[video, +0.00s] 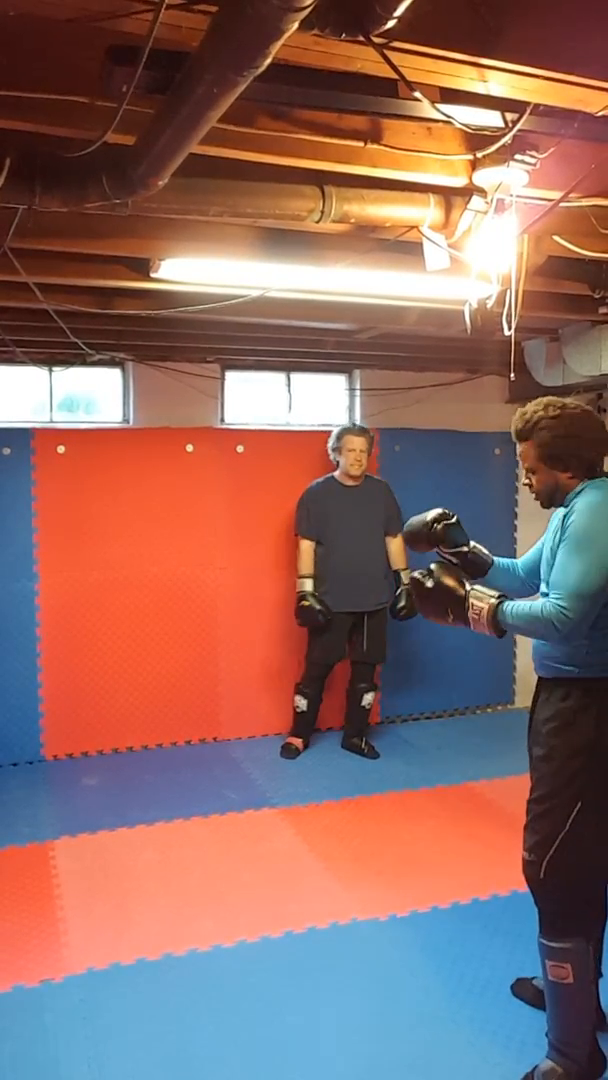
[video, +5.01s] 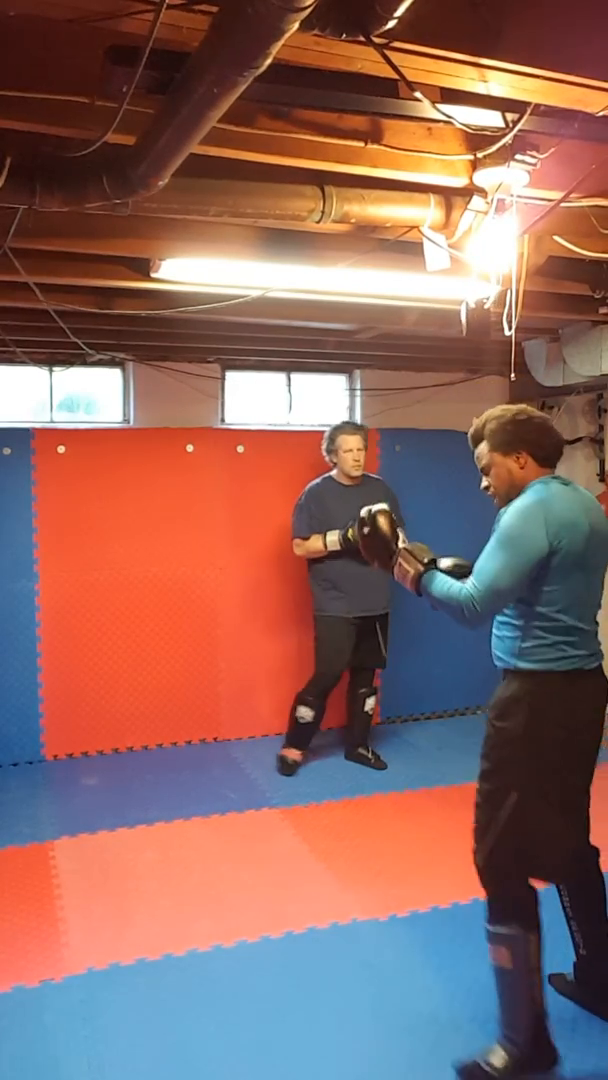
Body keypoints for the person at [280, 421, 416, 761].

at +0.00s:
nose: (358, 457)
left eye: (363, 452)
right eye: (351, 451)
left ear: (370, 455)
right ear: (336, 454)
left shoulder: (381, 491)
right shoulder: (316, 495)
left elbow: (394, 539)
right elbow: (307, 545)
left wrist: (404, 583)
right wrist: (306, 593)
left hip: (374, 601)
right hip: (331, 601)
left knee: (366, 671)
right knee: (316, 670)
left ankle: (355, 735)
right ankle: (300, 733)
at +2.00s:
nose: (356, 457)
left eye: (362, 451)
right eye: (350, 452)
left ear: (371, 454)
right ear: (338, 455)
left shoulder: (387, 491)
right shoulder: (320, 494)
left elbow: (400, 539)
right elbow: (307, 543)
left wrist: (409, 583)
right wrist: (296, 588)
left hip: (375, 600)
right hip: (330, 599)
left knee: (365, 670)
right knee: (316, 669)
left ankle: (355, 736)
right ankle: (299, 741)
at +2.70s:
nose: (301, 461)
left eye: (307, 455)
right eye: (294, 455)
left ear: (318, 457)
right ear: (284, 459)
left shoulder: (338, 494)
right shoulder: (268, 498)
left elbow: (353, 544)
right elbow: (256, 548)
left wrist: (360, 593)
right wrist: (245, 595)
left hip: (329, 606)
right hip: (279, 606)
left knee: (343, 676)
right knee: (278, 677)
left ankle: (352, 736)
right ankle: (280, 748)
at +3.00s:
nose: (282, 458)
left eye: (288, 451)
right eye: (276, 452)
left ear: (301, 453)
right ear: (267, 455)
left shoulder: (323, 491)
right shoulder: (252, 495)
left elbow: (337, 540)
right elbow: (240, 546)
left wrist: (342, 587)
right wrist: (230, 593)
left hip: (313, 601)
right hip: (266, 602)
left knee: (312, 674)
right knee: (272, 675)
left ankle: (317, 747)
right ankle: (279, 745)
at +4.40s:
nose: (311, 454)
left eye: (316, 448)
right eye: (303, 449)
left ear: (324, 452)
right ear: (288, 454)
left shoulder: (339, 491)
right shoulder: (270, 494)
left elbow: (353, 532)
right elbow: (257, 543)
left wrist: (352, 551)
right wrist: (283, 574)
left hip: (332, 604)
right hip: (286, 606)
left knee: (342, 675)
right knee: (283, 677)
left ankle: (354, 744)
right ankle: (281, 748)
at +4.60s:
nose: (326, 455)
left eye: (331, 449)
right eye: (318, 450)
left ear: (337, 451)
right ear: (303, 454)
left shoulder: (353, 489)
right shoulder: (287, 492)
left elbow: (371, 534)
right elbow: (275, 544)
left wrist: (363, 547)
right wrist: (322, 547)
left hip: (349, 604)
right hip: (303, 606)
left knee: (354, 675)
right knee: (293, 676)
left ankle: (356, 745)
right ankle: (283, 748)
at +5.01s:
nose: (357, 457)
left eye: (361, 450)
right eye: (349, 451)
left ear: (367, 452)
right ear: (332, 455)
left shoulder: (381, 490)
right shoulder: (315, 493)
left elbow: (398, 536)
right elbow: (301, 547)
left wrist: (390, 541)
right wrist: (346, 537)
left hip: (375, 603)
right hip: (333, 604)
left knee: (366, 674)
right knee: (329, 672)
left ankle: (358, 744)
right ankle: (295, 747)